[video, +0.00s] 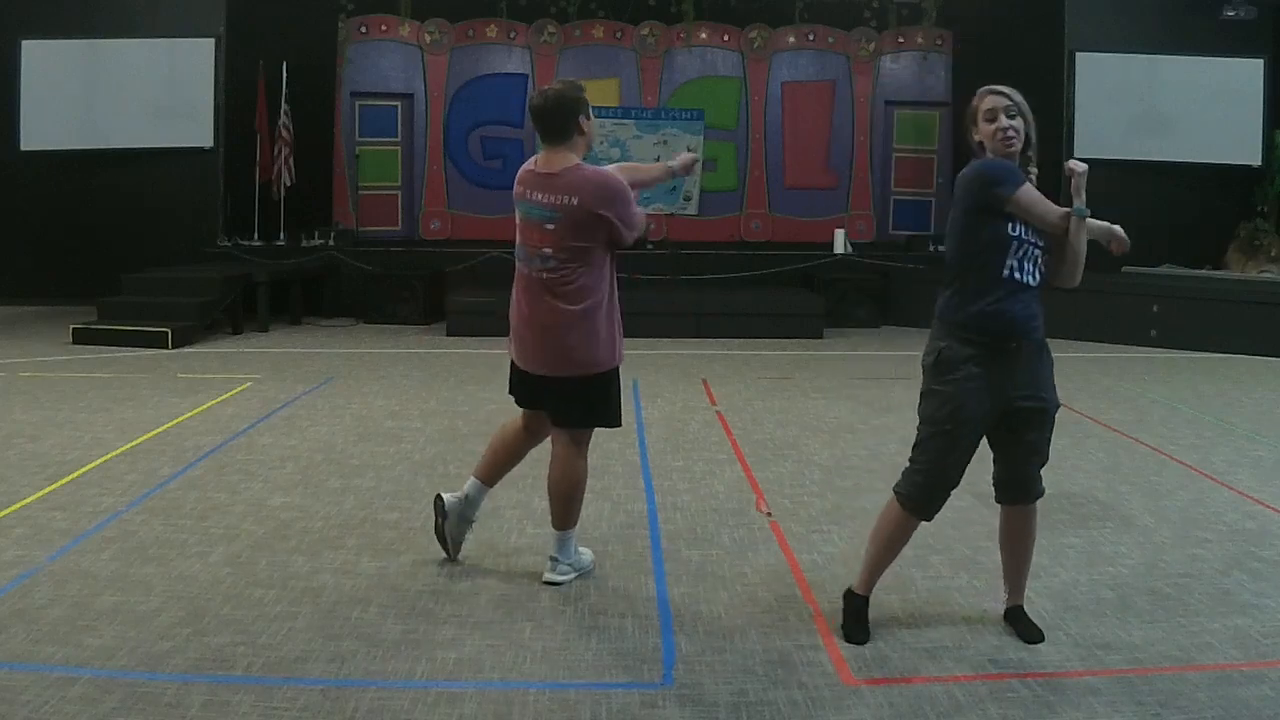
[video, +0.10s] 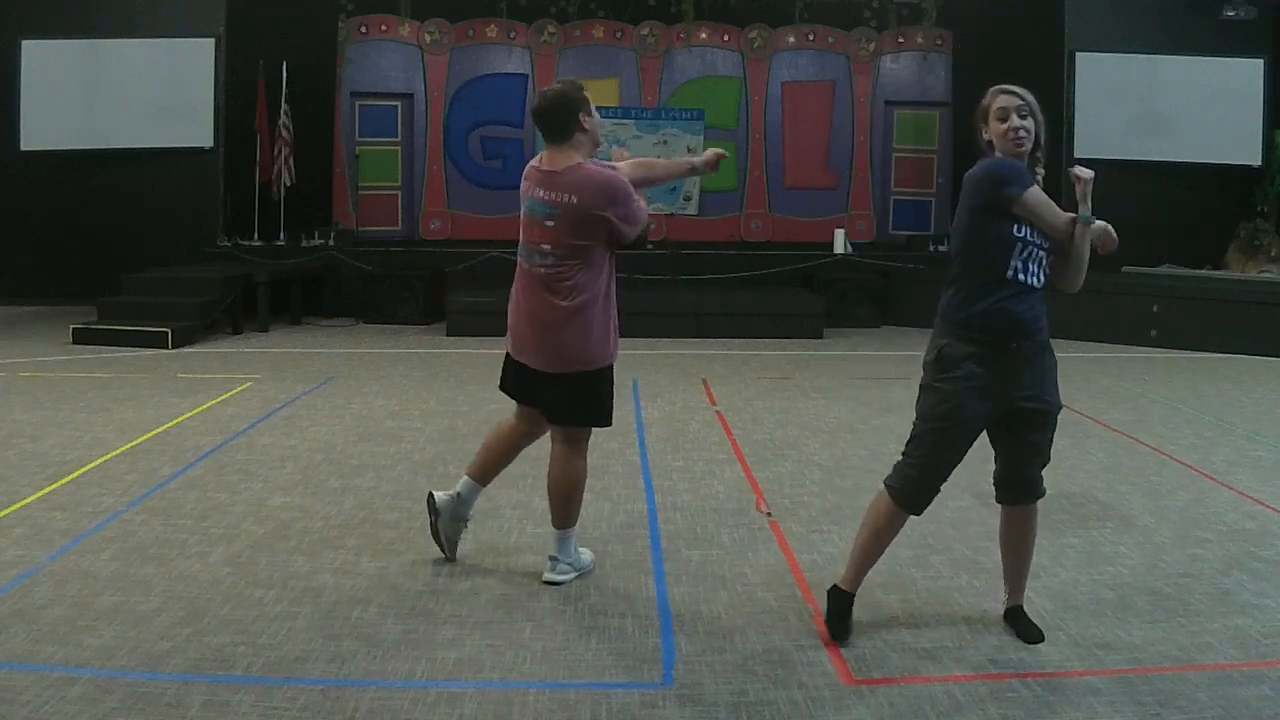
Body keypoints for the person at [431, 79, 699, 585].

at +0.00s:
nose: (594, 122)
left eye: (590, 114)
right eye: (591, 116)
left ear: (540, 126)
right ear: (583, 124)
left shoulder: (526, 176)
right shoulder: (604, 185)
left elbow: (610, 173)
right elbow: (636, 231)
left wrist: (671, 167)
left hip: (528, 333)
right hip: (582, 341)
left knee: (533, 422)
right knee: (572, 442)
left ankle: (464, 503)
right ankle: (565, 554)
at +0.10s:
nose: (600, 121)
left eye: (595, 113)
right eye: (595, 114)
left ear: (549, 127)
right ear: (582, 122)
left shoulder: (534, 172)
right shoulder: (603, 184)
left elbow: (626, 170)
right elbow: (639, 228)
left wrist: (696, 164)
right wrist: (617, 178)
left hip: (526, 330)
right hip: (579, 340)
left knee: (528, 419)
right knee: (570, 445)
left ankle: (457, 502)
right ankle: (564, 554)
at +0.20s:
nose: (604, 118)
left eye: (599, 110)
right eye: (598, 111)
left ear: (557, 126)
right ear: (582, 122)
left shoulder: (542, 168)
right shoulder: (604, 185)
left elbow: (638, 167)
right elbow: (639, 227)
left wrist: (707, 162)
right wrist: (648, 205)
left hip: (525, 327)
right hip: (576, 339)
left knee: (518, 417)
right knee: (572, 444)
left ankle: (447, 503)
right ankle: (564, 553)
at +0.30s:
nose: (607, 119)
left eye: (601, 111)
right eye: (599, 113)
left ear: (565, 130)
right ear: (580, 126)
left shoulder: (550, 172)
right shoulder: (599, 189)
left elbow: (643, 174)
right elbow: (638, 238)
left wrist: (712, 168)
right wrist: (650, 205)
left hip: (523, 327)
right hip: (574, 339)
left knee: (509, 420)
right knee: (582, 440)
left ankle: (434, 507)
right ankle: (566, 553)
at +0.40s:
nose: (613, 133)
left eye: (609, 125)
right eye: (604, 127)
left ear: (574, 144)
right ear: (580, 143)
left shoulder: (559, 183)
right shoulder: (592, 197)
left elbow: (641, 195)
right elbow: (633, 255)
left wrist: (708, 190)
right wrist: (655, 212)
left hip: (522, 338)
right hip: (570, 346)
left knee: (502, 432)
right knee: (594, 441)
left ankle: (422, 515)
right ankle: (566, 553)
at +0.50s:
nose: (611, 153)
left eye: (610, 145)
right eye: (600, 146)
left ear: (584, 159)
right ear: (570, 159)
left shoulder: (578, 194)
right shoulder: (580, 210)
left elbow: (629, 214)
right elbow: (623, 276)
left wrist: (684, 212)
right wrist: (649, 228)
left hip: (522, 348)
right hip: (567, 354)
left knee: (499, 446)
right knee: (603, 444)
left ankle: (415, 527)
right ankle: (566, 553)